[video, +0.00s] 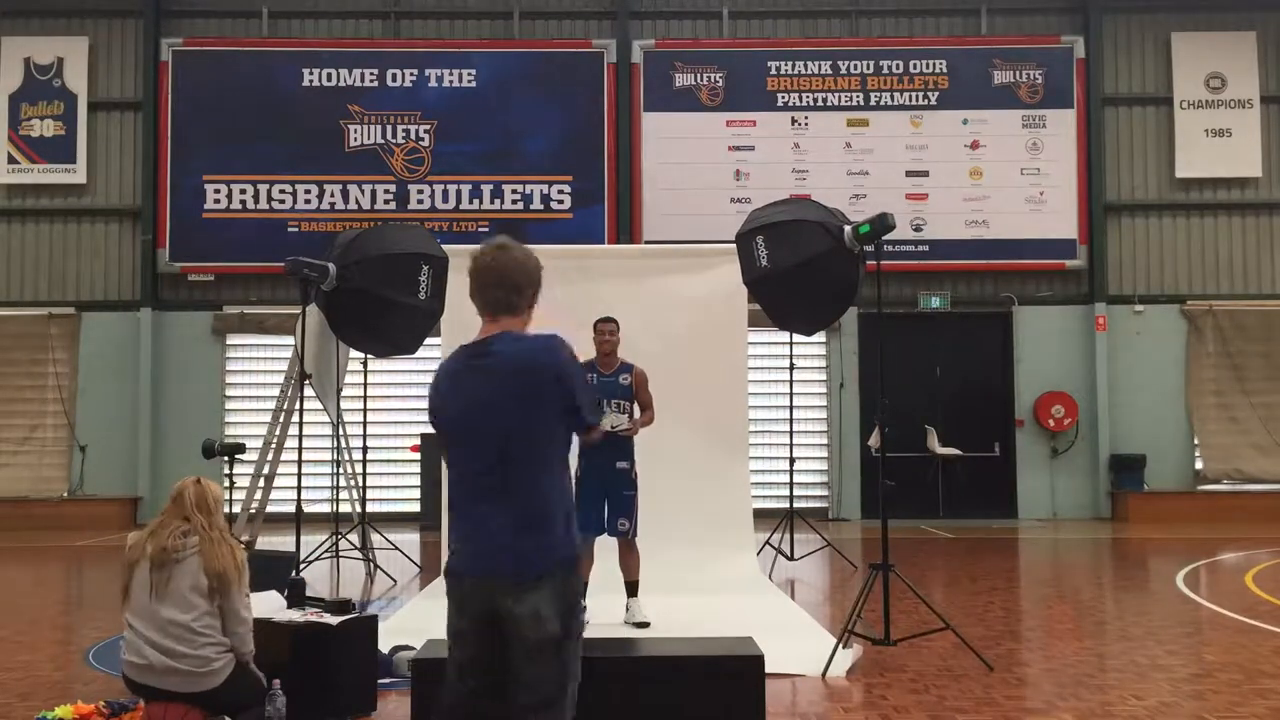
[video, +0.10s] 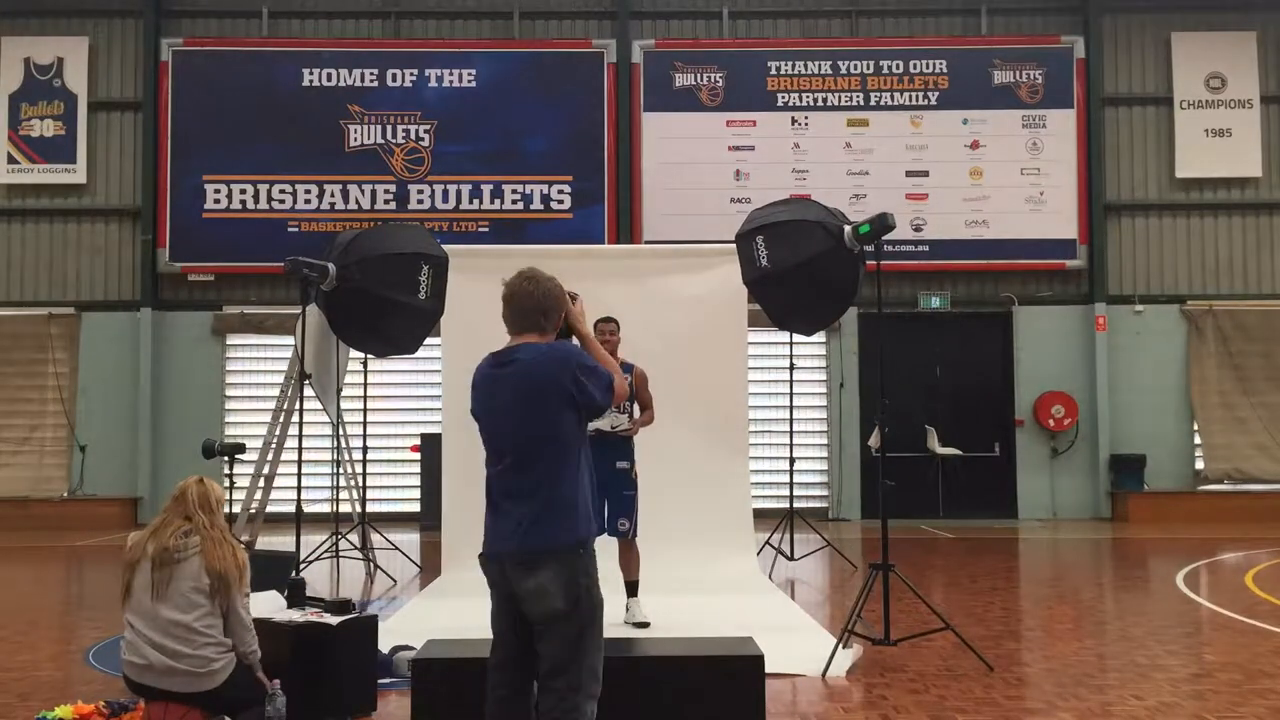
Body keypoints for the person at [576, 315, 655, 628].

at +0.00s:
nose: (606, 339)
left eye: (611, 334)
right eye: (601, 334)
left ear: (619, 339)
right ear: (593, 338)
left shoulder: (634, 375)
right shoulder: (579, 373)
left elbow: (648, 412)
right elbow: (566, 408)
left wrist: (637, 424)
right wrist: (583, 428)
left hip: (621, 464)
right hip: (588, 464)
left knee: (626, 535)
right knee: (584, 535)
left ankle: (633, 603)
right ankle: (578, 604)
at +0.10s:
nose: (608, 338)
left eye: (612, 333)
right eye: (602, 333)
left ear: (620, 338)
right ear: (592, 338)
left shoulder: (635, 374)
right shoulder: (582, 372)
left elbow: (648, 412)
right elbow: (570, 405)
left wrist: (637, 423)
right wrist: (584, 423)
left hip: (620, 454)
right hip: (585, 453)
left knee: (626, 532)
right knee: (582, 531)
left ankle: (633, 602)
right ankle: (581, 604)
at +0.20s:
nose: (609, 338)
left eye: (613, 334)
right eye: (604, 334)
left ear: (620, 339)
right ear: (592, 338)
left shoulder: (634, 374)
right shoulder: (582, 373)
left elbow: (648, 411)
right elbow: (568, 407)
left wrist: (637, 423)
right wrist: (581, 426)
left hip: (620, 456)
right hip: (585, 456)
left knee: (626, 533)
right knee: (585, 533)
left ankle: (633, 602)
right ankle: (577, 606)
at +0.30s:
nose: (606, 337)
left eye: (611, 333)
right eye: (601, 333)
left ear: (619, 338)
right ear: (593, 338)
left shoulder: (634, 375)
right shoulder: (577, 375)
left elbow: (648, 411)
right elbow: (562, 413)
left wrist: (637, 423)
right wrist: (575, 424)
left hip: (621, 461)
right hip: (590, 461)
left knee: (626, 535)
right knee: (584, 535)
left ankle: (632, 603)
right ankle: (579, 605)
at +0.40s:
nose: (607, 338)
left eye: (612, 333)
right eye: (602, 333)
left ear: (620, 338)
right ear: (594, 338)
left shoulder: (634, 375)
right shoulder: (577, 374)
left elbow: (648, 412)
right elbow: (565, 413)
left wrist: (636, 423)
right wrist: (588, 428)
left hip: (622, 465)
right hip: (587, 464)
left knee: (625, 537)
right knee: (587, 533)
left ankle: (633, 604)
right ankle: (585, 601)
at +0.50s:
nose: (616, 336)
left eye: (618, 330)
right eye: (609, 332)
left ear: (622, 332)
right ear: (596, 337)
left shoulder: (637, 365)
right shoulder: (590, 373)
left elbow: (637, 409)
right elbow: (595, 419)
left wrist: (655, 418)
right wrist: (615, 429)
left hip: (639, 453)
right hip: (608, 457)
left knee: (650, 527)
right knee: (612, 536)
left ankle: (633, 591)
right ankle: (613, 613)